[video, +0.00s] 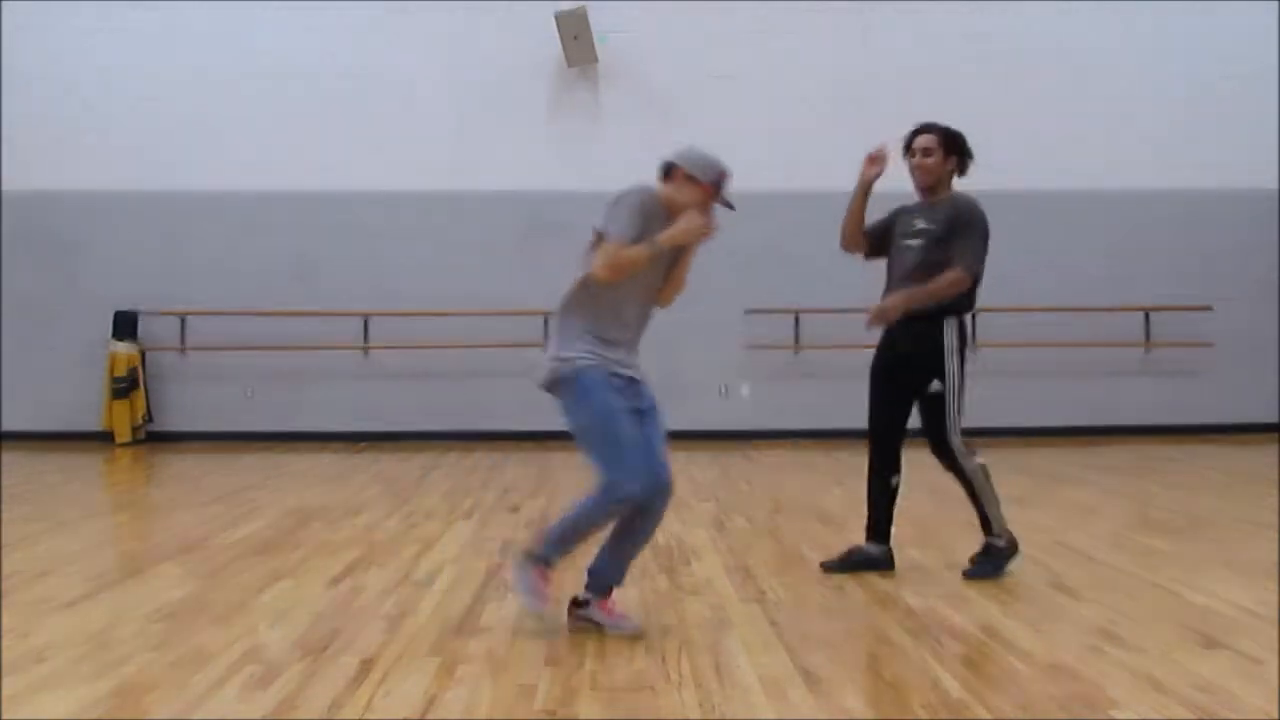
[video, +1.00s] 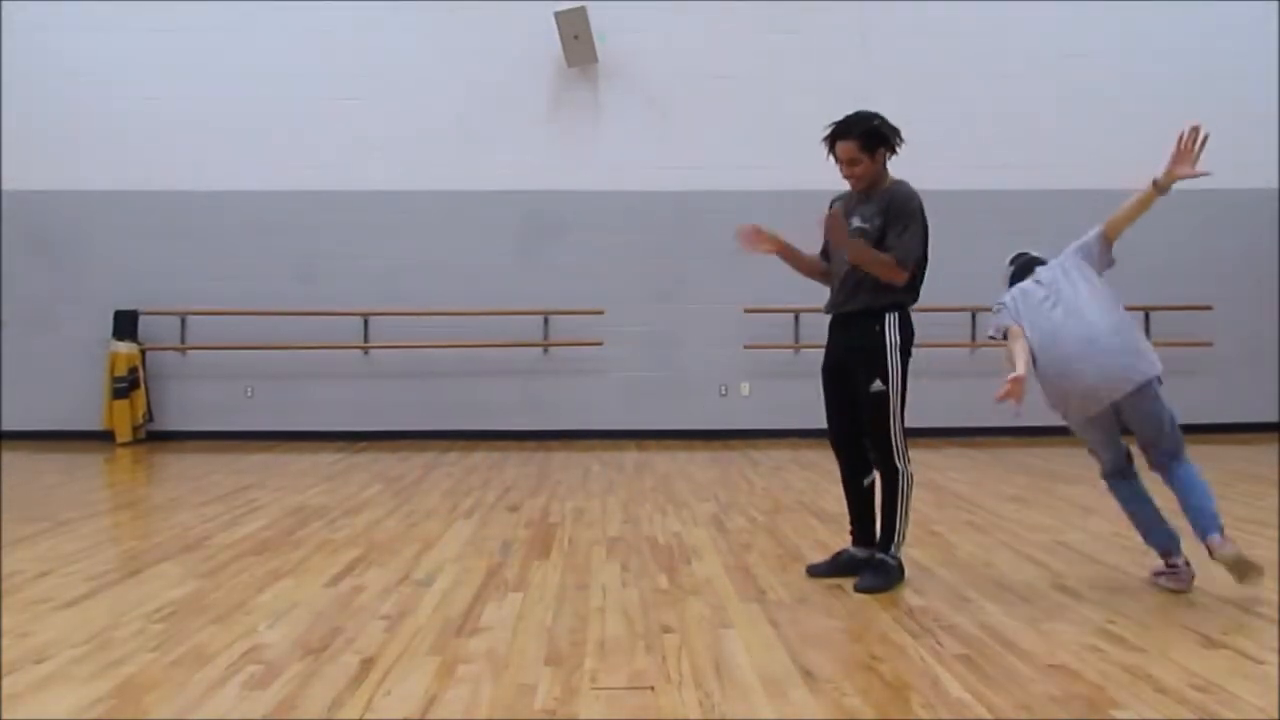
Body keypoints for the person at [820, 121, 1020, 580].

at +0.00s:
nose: (918, 162)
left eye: (928, 153)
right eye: (913, 154)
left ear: (952, 162)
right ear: (908, 163)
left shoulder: (966, 215)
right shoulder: (903, 217)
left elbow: (962, 278)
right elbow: (853, 242)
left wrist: (901, 300)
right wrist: (864, 185)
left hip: (940, 335)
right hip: (898, 336)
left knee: (946, 442)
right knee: (883, 442)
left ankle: (1000, 538)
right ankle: (877, 544)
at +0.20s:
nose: (885, 160)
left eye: (895, 151)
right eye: (879, 152)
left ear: (919, 157)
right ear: (873, 159)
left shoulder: (937, 209)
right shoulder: (871, 214)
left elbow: (950, 276)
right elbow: (852, 279)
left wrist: (896, 312)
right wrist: (825, 261)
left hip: (915, 330)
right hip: (873, 331)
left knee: (902, 440)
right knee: (869, 441)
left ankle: (936, 540)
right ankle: (875, 543)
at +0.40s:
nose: (869, 166)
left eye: (878, 156)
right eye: (861, 158)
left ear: (902, 157)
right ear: (855, 163)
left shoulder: (923, 210)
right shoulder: (856, 214)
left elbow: (933, 283)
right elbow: (839, 274)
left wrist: (872, 276)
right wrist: (834, 276)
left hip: (903, 334)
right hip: (860, 333)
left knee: (894, 446)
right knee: (866, 445)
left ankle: (884, 554)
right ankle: (881, 558)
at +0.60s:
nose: (863, 167)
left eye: (872, 157)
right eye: (856, 158)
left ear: (896, 156)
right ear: (850, 161)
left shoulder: (917, 204)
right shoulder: (850, 211)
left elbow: (919, 276)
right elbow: (839, 281)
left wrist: (844, 261)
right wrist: (831, 260)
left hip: (896, 325)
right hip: (856, 325)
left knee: (891, 436)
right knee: (858, 437)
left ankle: (889, 551)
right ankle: (872, 542)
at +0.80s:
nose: (857, 169)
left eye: (865, 159)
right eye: (850, 161)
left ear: (892, 155)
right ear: (845, 160)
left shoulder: (911, 200)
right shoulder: (848, 207)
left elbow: (908, 272)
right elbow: (841, 278)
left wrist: (838, 253)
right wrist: (823, 254)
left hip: (891, 326)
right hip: (851, 325)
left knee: (890, 439)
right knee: (848, 438)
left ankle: (891, 553)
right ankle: (869, 543)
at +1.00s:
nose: (846, 172)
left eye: (854, 162)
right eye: (840, 163)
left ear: (881, 155)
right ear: (837, 160)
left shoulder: (904, 201)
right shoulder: (843, 206)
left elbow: (900, 273)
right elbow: (830, 273)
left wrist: (846, 243)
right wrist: (782, 248)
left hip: (883, 329)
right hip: (844, 331)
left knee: (885, 444)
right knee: (848, 442)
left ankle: (889, 555)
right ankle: (862, 546)